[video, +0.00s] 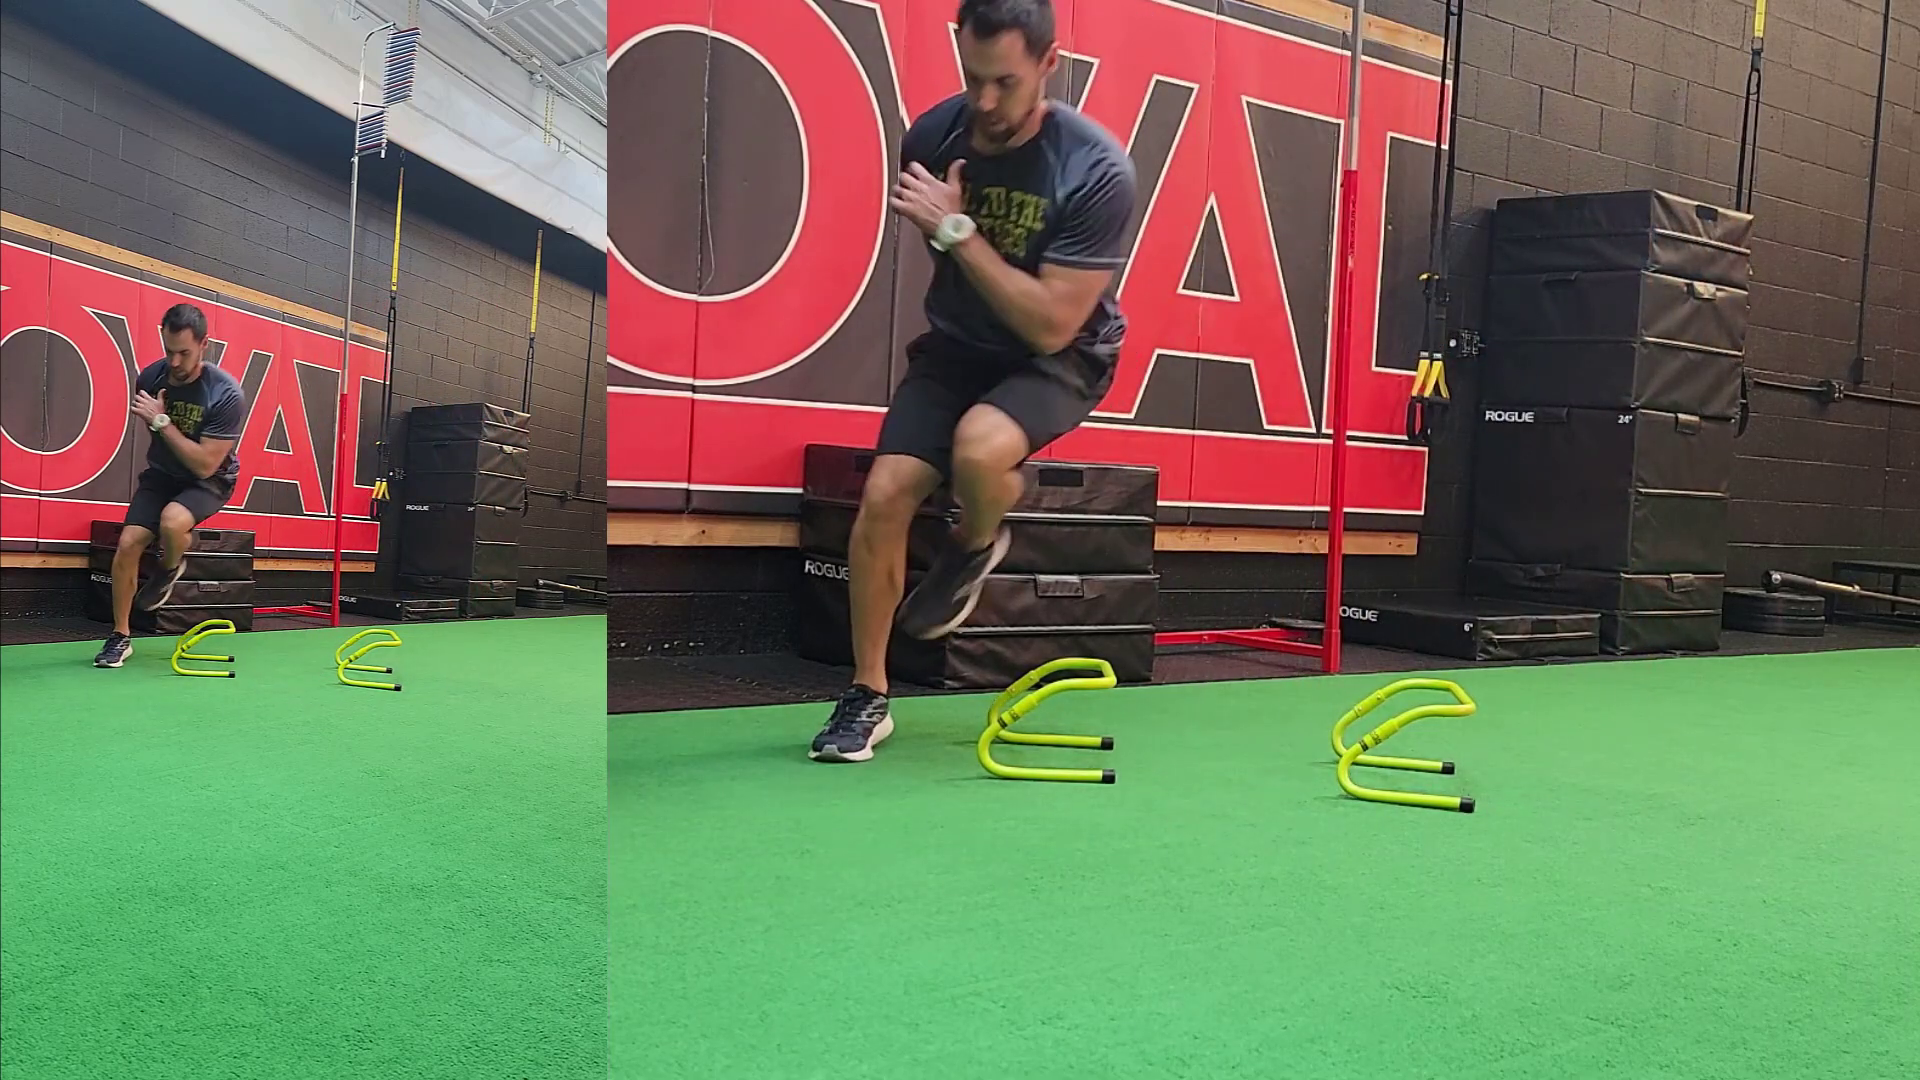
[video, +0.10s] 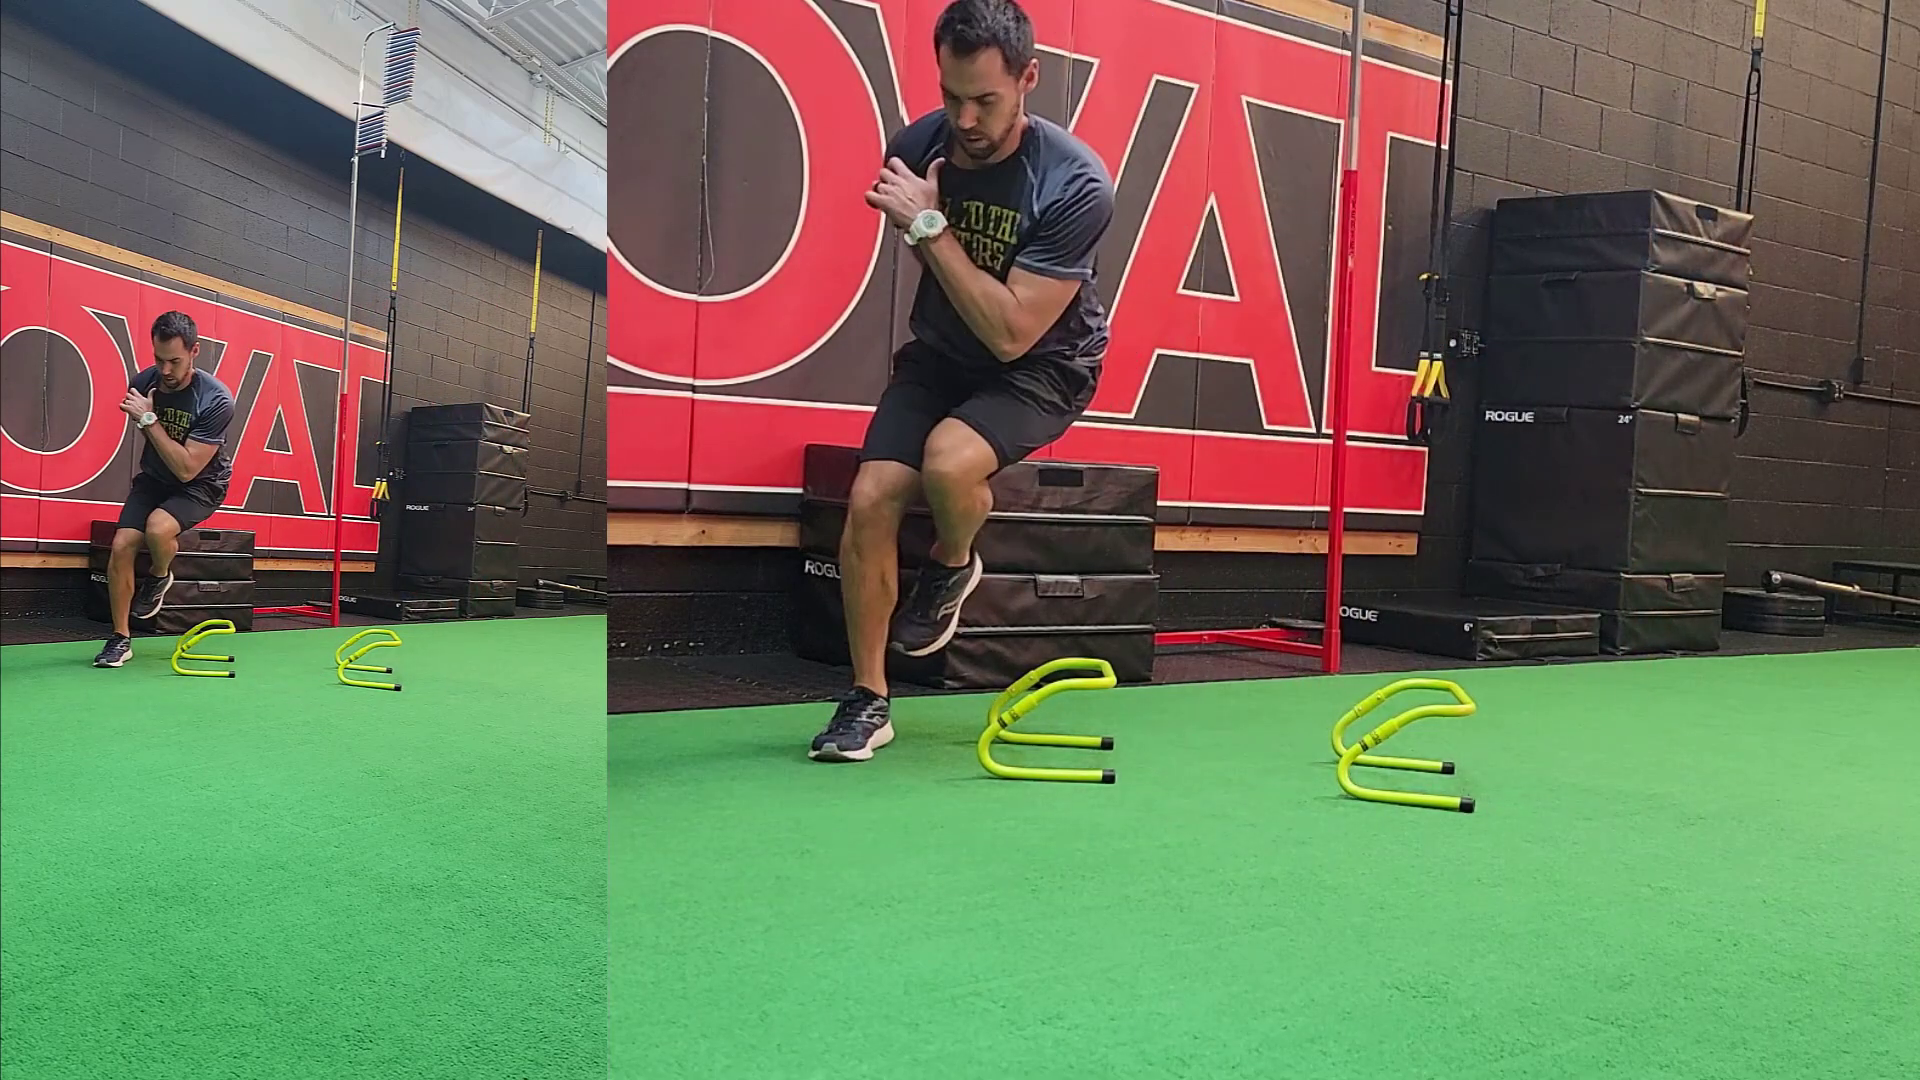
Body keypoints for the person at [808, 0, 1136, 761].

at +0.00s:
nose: (981, 101)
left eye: (1001, 83)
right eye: (970, 79)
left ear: (1048, 68)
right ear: (959, 59)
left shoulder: (1099, 174)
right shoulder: (935, 136)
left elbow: (1051, 325)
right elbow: (927, 244)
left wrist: (954, 232)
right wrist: (939, 218)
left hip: (1061, 360)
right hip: (958, 346)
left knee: (978, 449)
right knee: (884, 491)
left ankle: (974, 553)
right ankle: (867, 692)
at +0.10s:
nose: (965, 119)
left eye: (984, 100)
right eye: (953, 96)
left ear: (1028, 79)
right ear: (938, 78)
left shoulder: (1077, 188)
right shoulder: (918, 149)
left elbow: (1011, 334)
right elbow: (922, 270)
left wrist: (927, 225)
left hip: (1044, 367)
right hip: (942, 354)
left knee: (946, 463)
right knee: (870, 496)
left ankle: (954, 567)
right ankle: (868, 696)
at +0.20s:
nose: (961, 124)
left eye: (979, 104)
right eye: (947, 102)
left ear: (1019, 83)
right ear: (931, 84)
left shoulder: (1075, 184)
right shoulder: (907, 166)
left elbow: (1059, 341)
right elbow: (899, 266)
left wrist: (951, 259)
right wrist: (902, 346)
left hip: (1048, 360)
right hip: (949, 348)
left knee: (956, 456)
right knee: (872, 495)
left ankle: (962, 556)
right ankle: (868, 695)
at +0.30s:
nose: (989, 107)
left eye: (1005, 87)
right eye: (972, 87)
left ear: (1036, 68)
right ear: (951, 72)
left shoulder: (1095, 162)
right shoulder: (918, 162)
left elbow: (1144, 284)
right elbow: (890, 294)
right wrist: (859, 418)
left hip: (1061, 348)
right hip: (959, 348)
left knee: (991, 441)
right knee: (883, 494)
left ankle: (1049, 526)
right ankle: (872, 698)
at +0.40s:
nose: (1052, 62)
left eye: (1067, 42)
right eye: (1035, 44)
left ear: (1085, 30)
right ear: (1003, 30)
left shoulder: (1132, 118)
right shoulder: (959, 119)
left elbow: (1227, 215)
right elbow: (924, 238)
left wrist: (1238, 343)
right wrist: (942, 303)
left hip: (1099, 322)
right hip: (994, 330)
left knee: (1064, 443)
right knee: (914, 495)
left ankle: (1161, 544)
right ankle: (871, 697)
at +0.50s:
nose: (1125, 16)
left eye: (1137, 2)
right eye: (1108, 4)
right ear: (1080, 3)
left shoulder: (1207, 71)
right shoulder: (1021, 67)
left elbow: (1270, 177)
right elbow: (994, 172)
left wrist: (1271, 296)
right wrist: (1022, 213)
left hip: (1154, 296)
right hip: (1045, 296)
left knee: (1158, 469)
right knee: (973, 466)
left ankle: (1213, 636)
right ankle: (884, 666)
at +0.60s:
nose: (1206, 11)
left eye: (1218, 1)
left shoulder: (1274, 77)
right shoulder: (1098, 56)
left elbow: (1301, 207)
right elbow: (1052, 165)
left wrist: (1277, 326)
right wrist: (1016, 281)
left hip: (1212, 303)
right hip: (1109, 283)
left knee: (1202, 502)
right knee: (1059, 429)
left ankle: (1212, 693)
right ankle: (1026, 546)